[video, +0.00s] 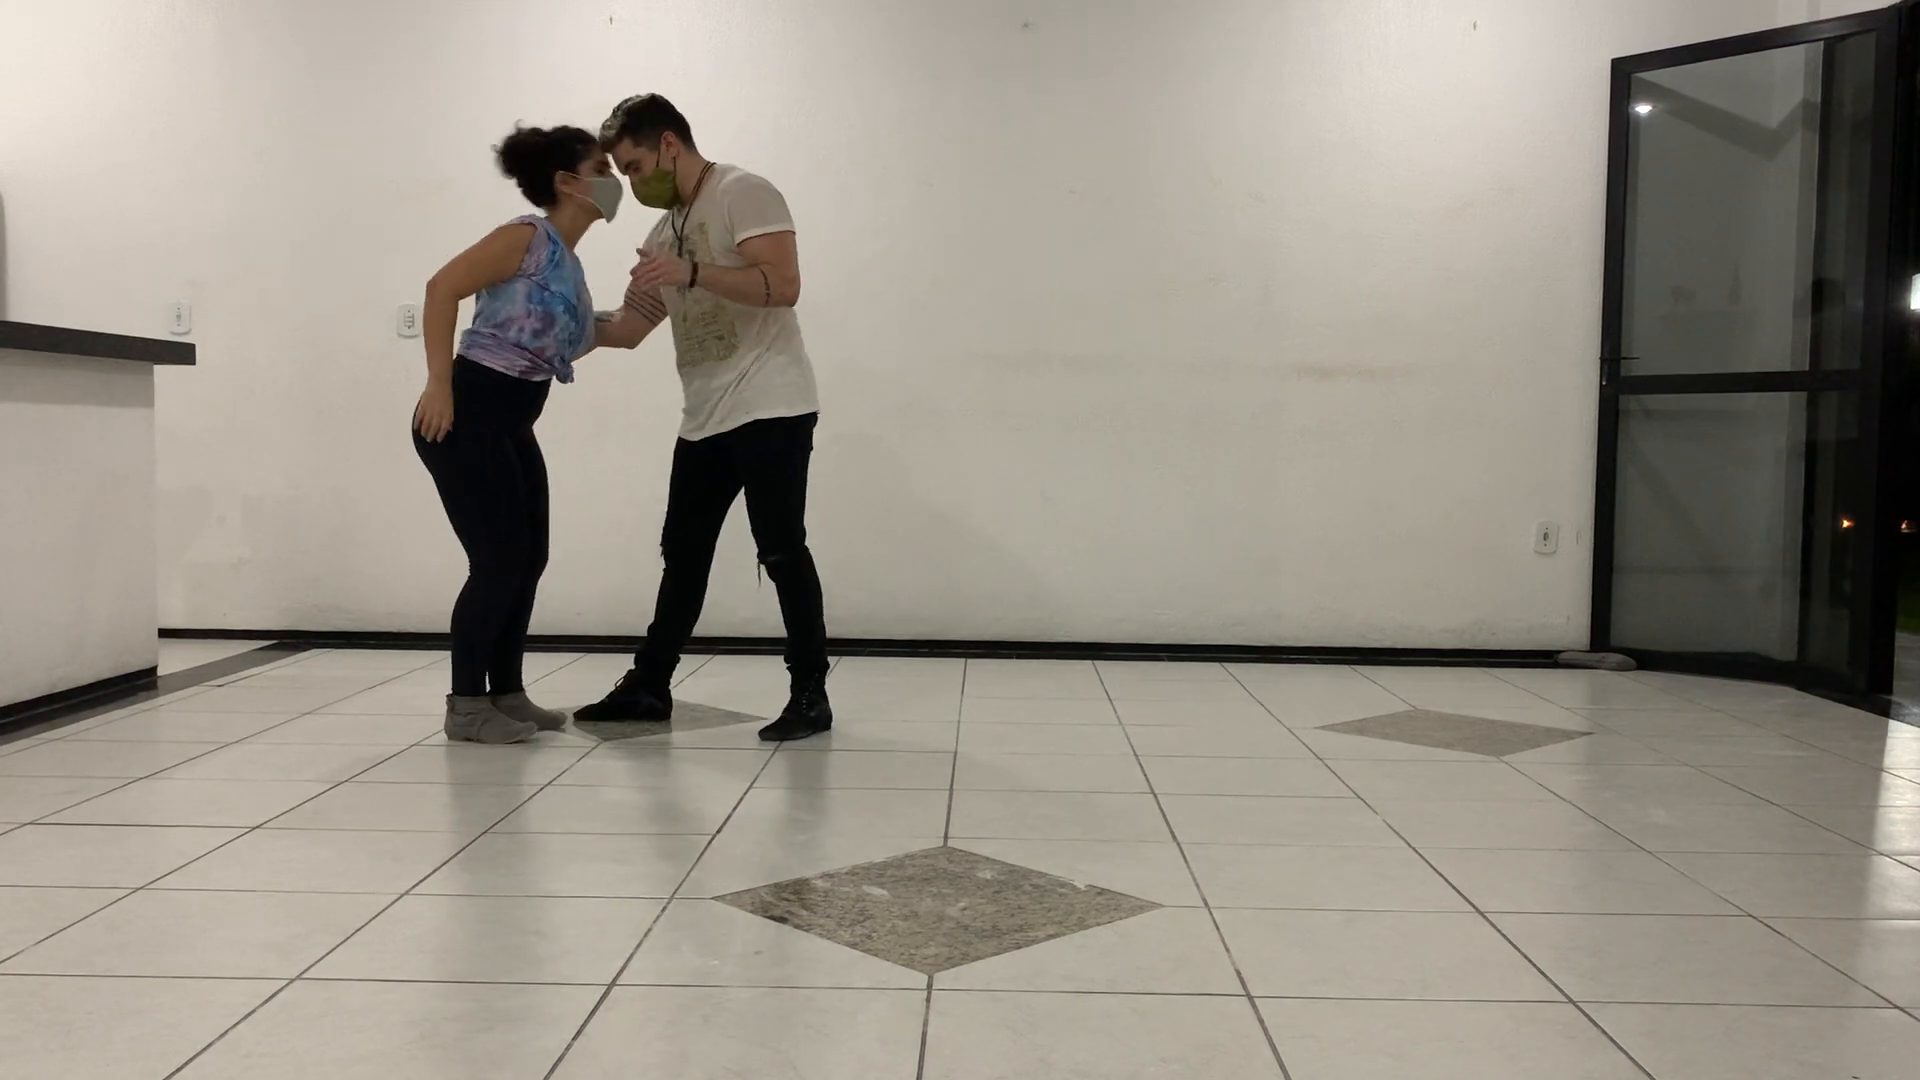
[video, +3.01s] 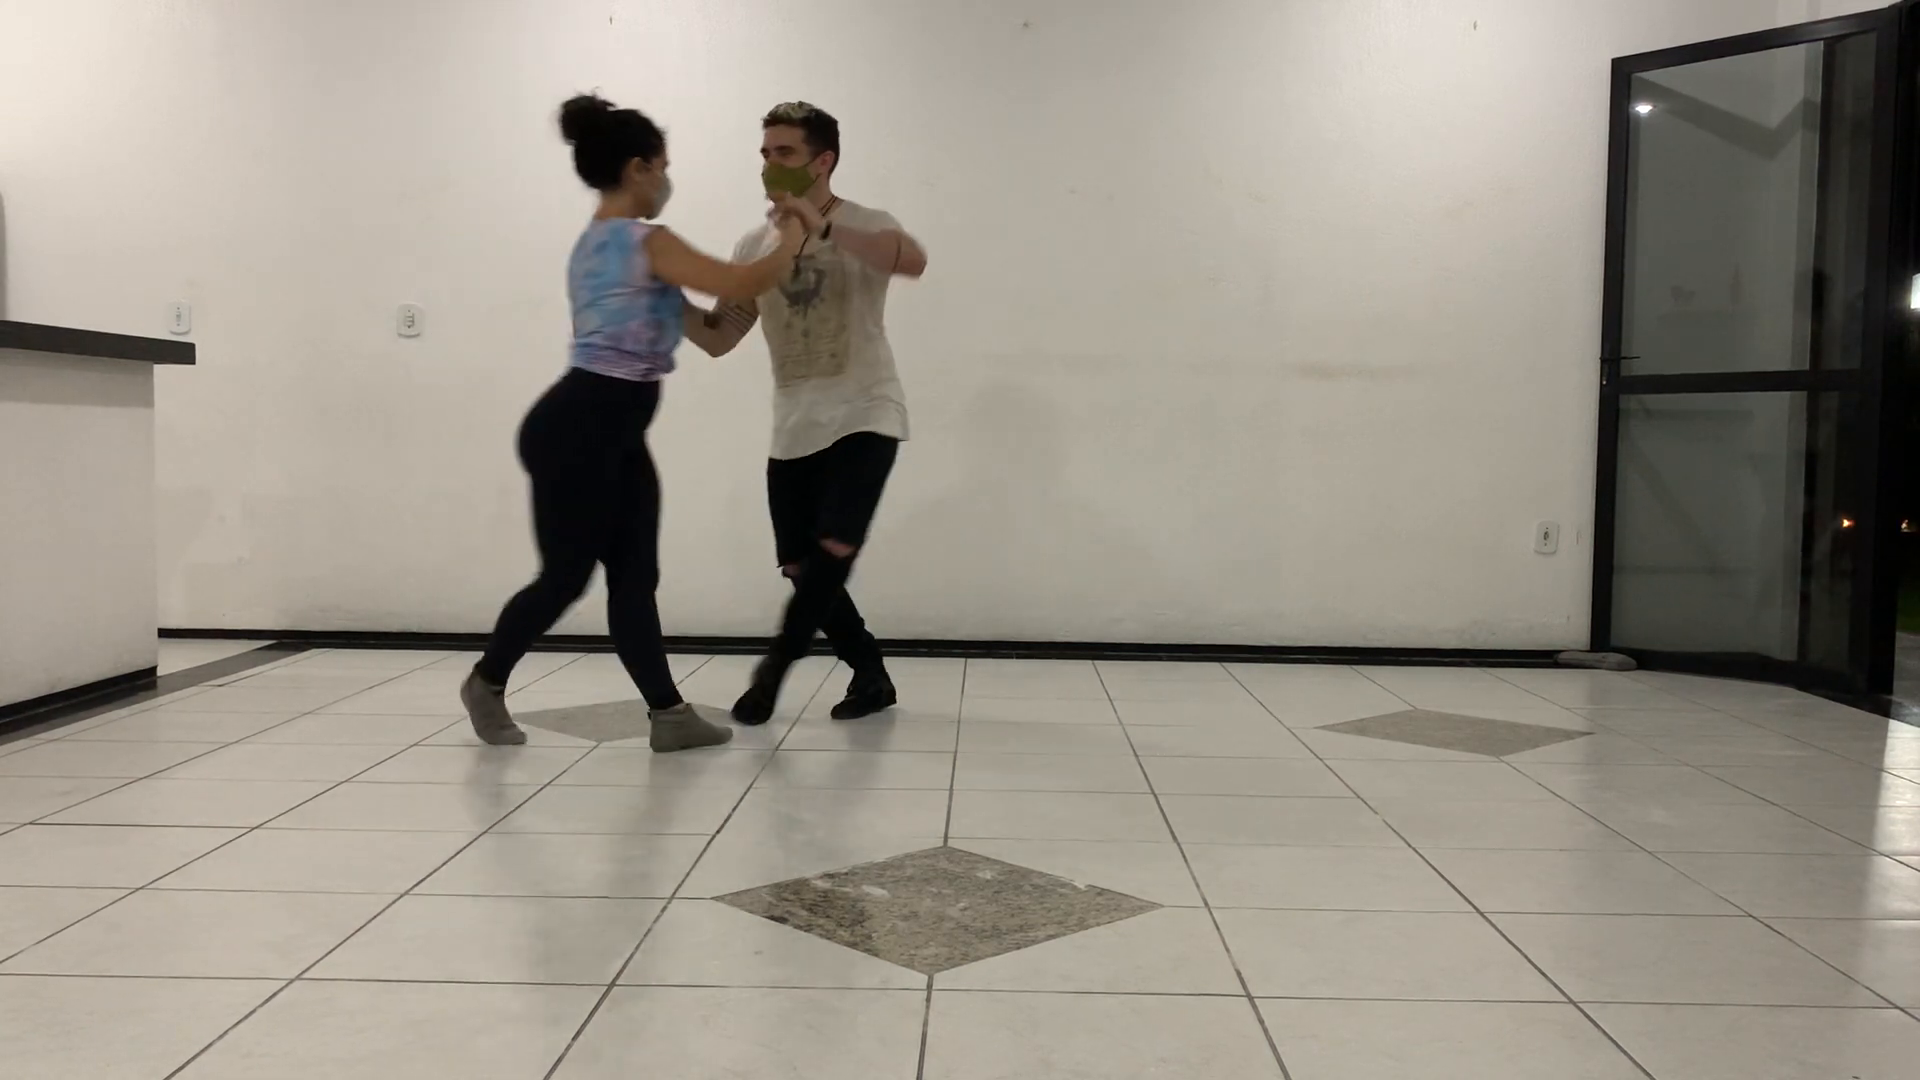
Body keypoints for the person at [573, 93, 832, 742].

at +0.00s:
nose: (632, 185)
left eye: (635, 168)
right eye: (624, 174)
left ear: (671, 144)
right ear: (659, 155)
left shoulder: (744, 193)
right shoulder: (665, 235)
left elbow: (782, 286)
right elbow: (626, 328)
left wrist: (691, 272)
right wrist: (540, 318)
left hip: (773, 400)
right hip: (706, 414)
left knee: (781, 548)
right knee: (684, 547)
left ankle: (810, 696)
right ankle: (648, 687)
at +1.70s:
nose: (597, 141)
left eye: (613, 133)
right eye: (599, 131)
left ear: (655, 149)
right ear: (612, 144)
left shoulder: (687, 224)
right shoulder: (605, 235)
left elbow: (693, 313)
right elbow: (600, 337)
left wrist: (632, 257)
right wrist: (520, 331)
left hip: (709, 420)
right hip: (637, 428)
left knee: (767, 547)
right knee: (592, 545)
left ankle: (825, 690)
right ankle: (643, 687)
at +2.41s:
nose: (654, 162)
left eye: (667, 151)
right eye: (650, 151)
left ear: (710, 156)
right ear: (650, 156)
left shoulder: (766, 234)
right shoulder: (642, 247)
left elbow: (791, 331)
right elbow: (561, 298)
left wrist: (712, 303)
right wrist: (467, 293)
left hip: (795, 407)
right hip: (718, 416)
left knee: (771, 547)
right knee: (666, 541)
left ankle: (737, 682)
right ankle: (639, 684)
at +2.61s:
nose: (696, 174)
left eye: (709, 162)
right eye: (691, 162)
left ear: (751, 168)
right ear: (690, 166)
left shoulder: (799, 235)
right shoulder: (694, 251)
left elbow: (790, 302)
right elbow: (628, 314)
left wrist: (712, 258)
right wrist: (552, 331)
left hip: (828, 418)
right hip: (752, 422)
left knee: (792, 554)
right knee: (687, 535)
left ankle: (742, 681)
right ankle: (659, 667)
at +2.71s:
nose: (719, 177)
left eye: (733, 166)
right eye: (717, 166)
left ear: (776, 173)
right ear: (719, 172)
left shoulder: (818, 241)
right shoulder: (715, 255)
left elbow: (798, 302)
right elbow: (651, 315)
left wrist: (717, 271)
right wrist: (577, 335)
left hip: (834, 424)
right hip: (760, 426)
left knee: (795, 557)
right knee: (699, 535)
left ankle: (742, 679)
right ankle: (740, 644)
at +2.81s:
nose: (741, 174)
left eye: (755, 164)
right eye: (738, 163)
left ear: (797, 172)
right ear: (736, 166)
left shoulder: (835, 244)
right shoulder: (731, 248)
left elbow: (833, 306)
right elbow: (673, 316)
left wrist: (755, 289)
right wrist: (602, 336)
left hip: (838, 426)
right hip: (766, 429)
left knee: (798, 562)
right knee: (725, 552)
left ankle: (743, 678)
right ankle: (819, 644)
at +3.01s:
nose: (770, 164)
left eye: (784, 153)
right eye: (765, 153)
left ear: (824, 160)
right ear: (761, 159)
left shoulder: (858, 224)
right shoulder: (758, 245)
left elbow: (912, 261)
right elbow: (718, 336)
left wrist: (826, 227)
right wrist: (665, 294)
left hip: (865, 407)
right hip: (795, 420)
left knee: (834, 544)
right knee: (799, 562)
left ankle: (770, 675)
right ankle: (872, 676)